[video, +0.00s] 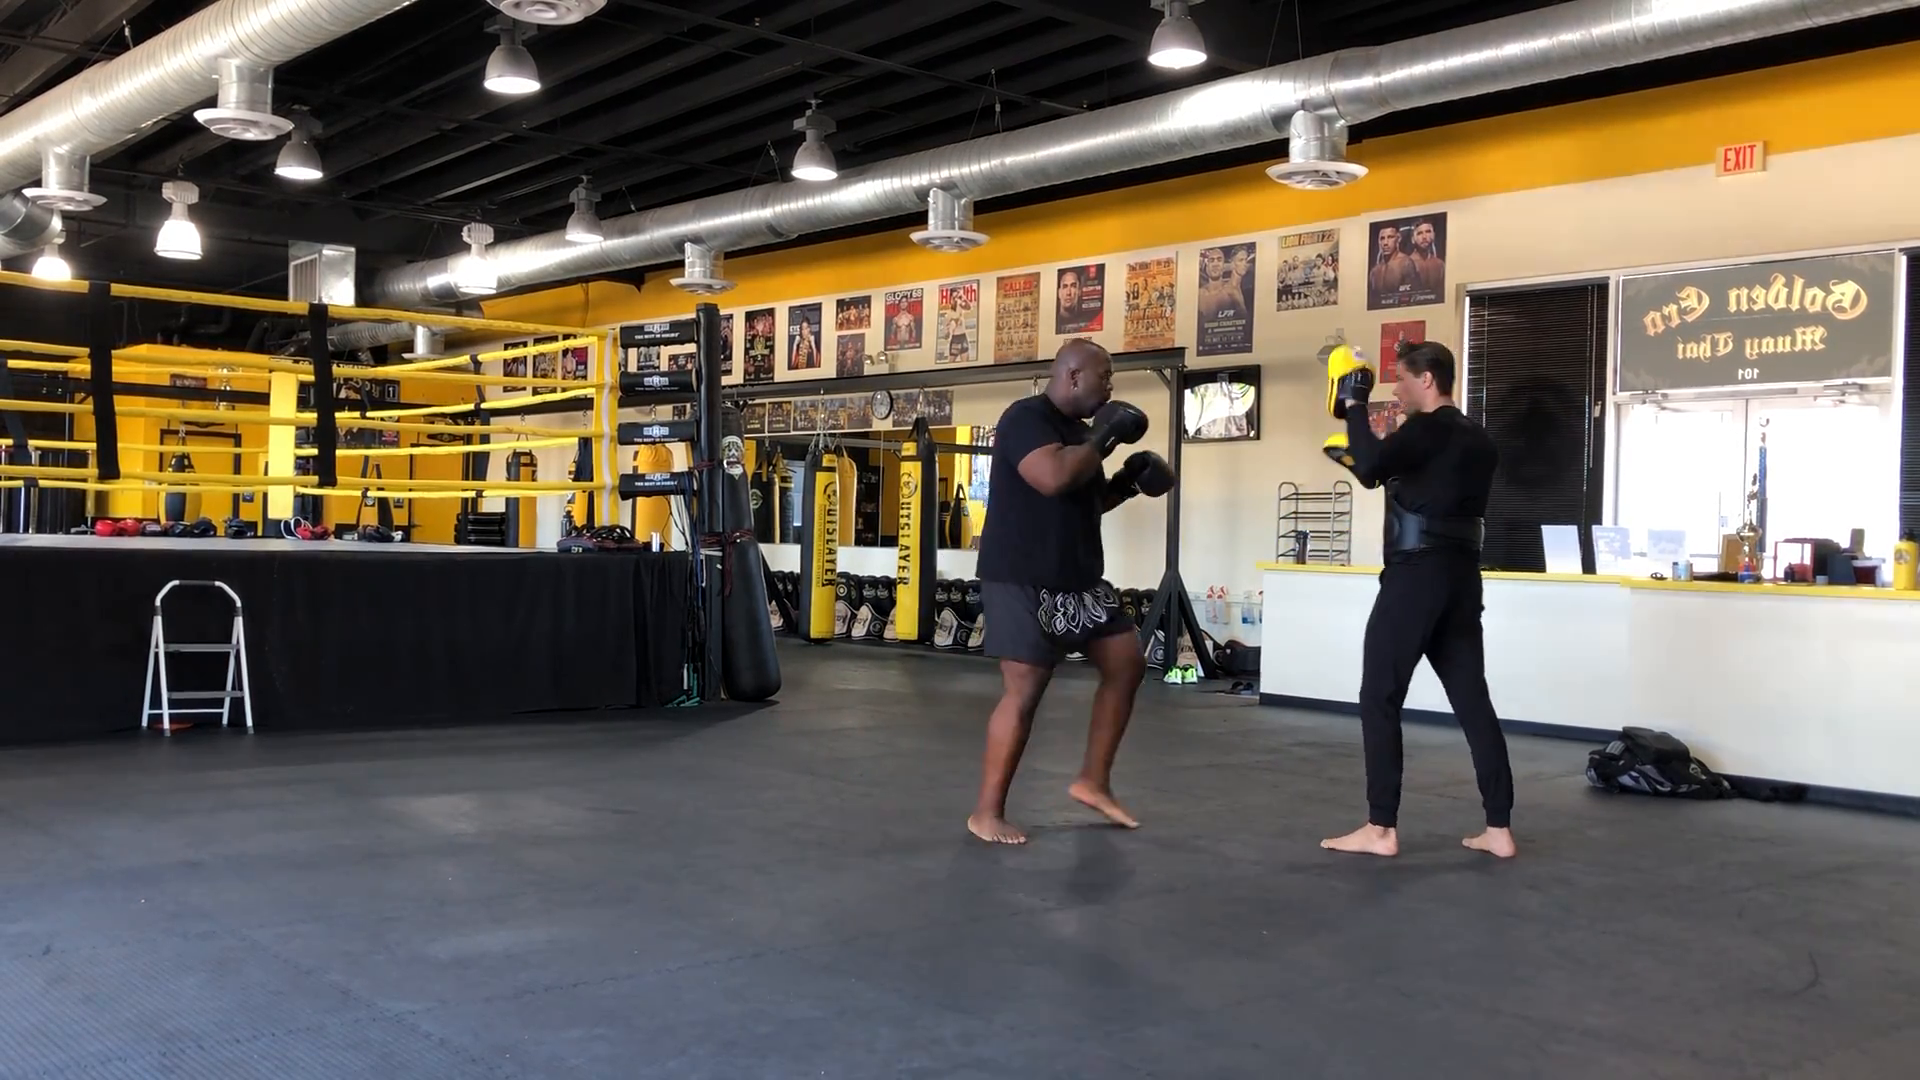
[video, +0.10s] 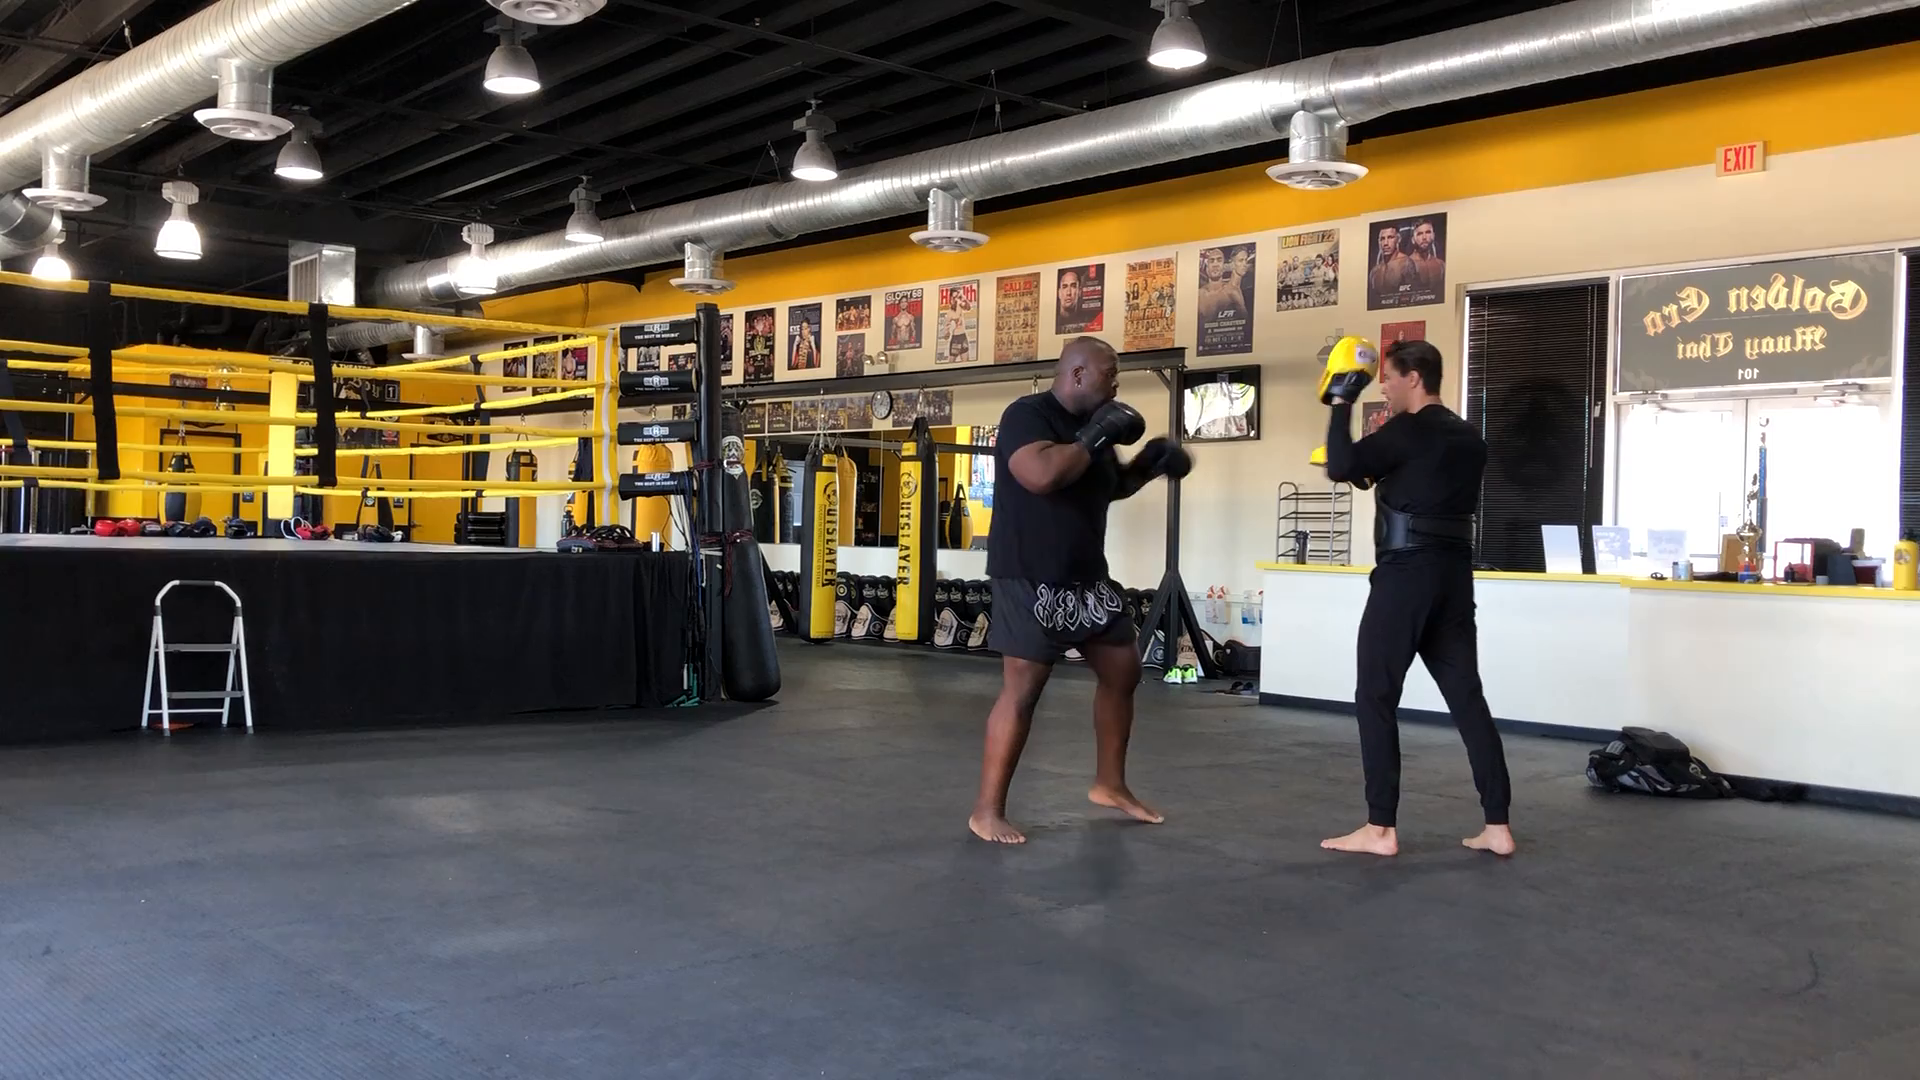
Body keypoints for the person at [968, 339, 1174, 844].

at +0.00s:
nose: (1108, 394)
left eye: (1110, 384)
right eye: (1103, 382)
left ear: (1074, 374)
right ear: (1072, 373)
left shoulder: (1077, 436)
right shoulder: (1024, 417)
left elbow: (1085, 506)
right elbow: (1050, 476)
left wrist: (1128, 482)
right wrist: (1102, 438)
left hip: (1078, 580)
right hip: (1021, 579)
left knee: (1125, 663)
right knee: (1024, 686)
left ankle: (1093, 782)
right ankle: (987, 814)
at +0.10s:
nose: (1114, 388)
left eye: (1115, 378)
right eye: (1108, 377)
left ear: (1081, 373)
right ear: (1077, 372)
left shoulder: (1093, 429)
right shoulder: (1026, 415)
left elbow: (1110, 486)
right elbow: (1039, 473)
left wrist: (1145, 466)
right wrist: (1093, 437)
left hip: (1087, 578)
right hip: (1029, 578)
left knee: (1122, 671)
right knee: (1020, 691)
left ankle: (1110, 785)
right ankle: (987, 812)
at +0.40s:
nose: (1141, 392)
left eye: (1142, 383)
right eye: (1135, 382)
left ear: (1111, 381)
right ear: (1103, 381)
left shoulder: (1115, 430)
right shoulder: (1064, 426)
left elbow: (1136, 473)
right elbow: (1076, 491)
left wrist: (1176, 449)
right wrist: (1130, 456)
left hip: (1100, 578)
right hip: (1052, 575)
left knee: (1113, 675)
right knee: (1056, 676)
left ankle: (1108, 796)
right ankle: (981, 794)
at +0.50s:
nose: (1147, 390)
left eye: (1147, 383)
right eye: (1142, 381)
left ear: (1106, 381)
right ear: (1110, 380)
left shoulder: (1100, 422)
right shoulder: (1084, 418)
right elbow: (1148, 464)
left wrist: (1172, 444)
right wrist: (1207, 437)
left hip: (1092, 572)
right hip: (1052, 569)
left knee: (1107, 674)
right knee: (1052, 682)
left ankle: (1107, 796)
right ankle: (981, 802)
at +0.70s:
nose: (1139, 393)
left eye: (1139, 384)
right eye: (1132, 383)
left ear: (1104, 381)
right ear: (1103, 381)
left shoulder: (1101, 434)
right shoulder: (1064, 423)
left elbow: (1101, 484)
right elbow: (1104, 480)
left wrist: (1139, 495)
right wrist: (1154, 432)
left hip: (1089, 576)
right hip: (1038, 574)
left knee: (1112, 678)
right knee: (1033, 683)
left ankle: (1107, 798)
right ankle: (974, 810)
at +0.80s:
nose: (1107, 393)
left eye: (1114, 386)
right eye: (1099, 381)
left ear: (1116, 390)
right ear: (1073, 376)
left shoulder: (1105, 428)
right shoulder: (1037, 423)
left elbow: (1133, 457)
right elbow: (1067, 485)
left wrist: (1188, 462)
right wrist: (1101, 420)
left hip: (1092, 581)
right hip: (1032, 579)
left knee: (1109, 681)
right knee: (1017, 689)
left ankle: (1107, 797)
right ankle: (973, 812)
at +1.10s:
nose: (1132, 398)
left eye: (1135, 391)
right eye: (1125, 389)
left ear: (1127, 393)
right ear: (1096, 385)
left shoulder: (1108, 438)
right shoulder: (1063, 424)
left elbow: (1120, 492)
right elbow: (1056, 474)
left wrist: (1152, 456)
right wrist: (1118, 438)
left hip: (1088, 583)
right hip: (1042, 581)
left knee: (1117, 677)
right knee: (1033, 689)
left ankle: (1110, 796)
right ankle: (974, 812)